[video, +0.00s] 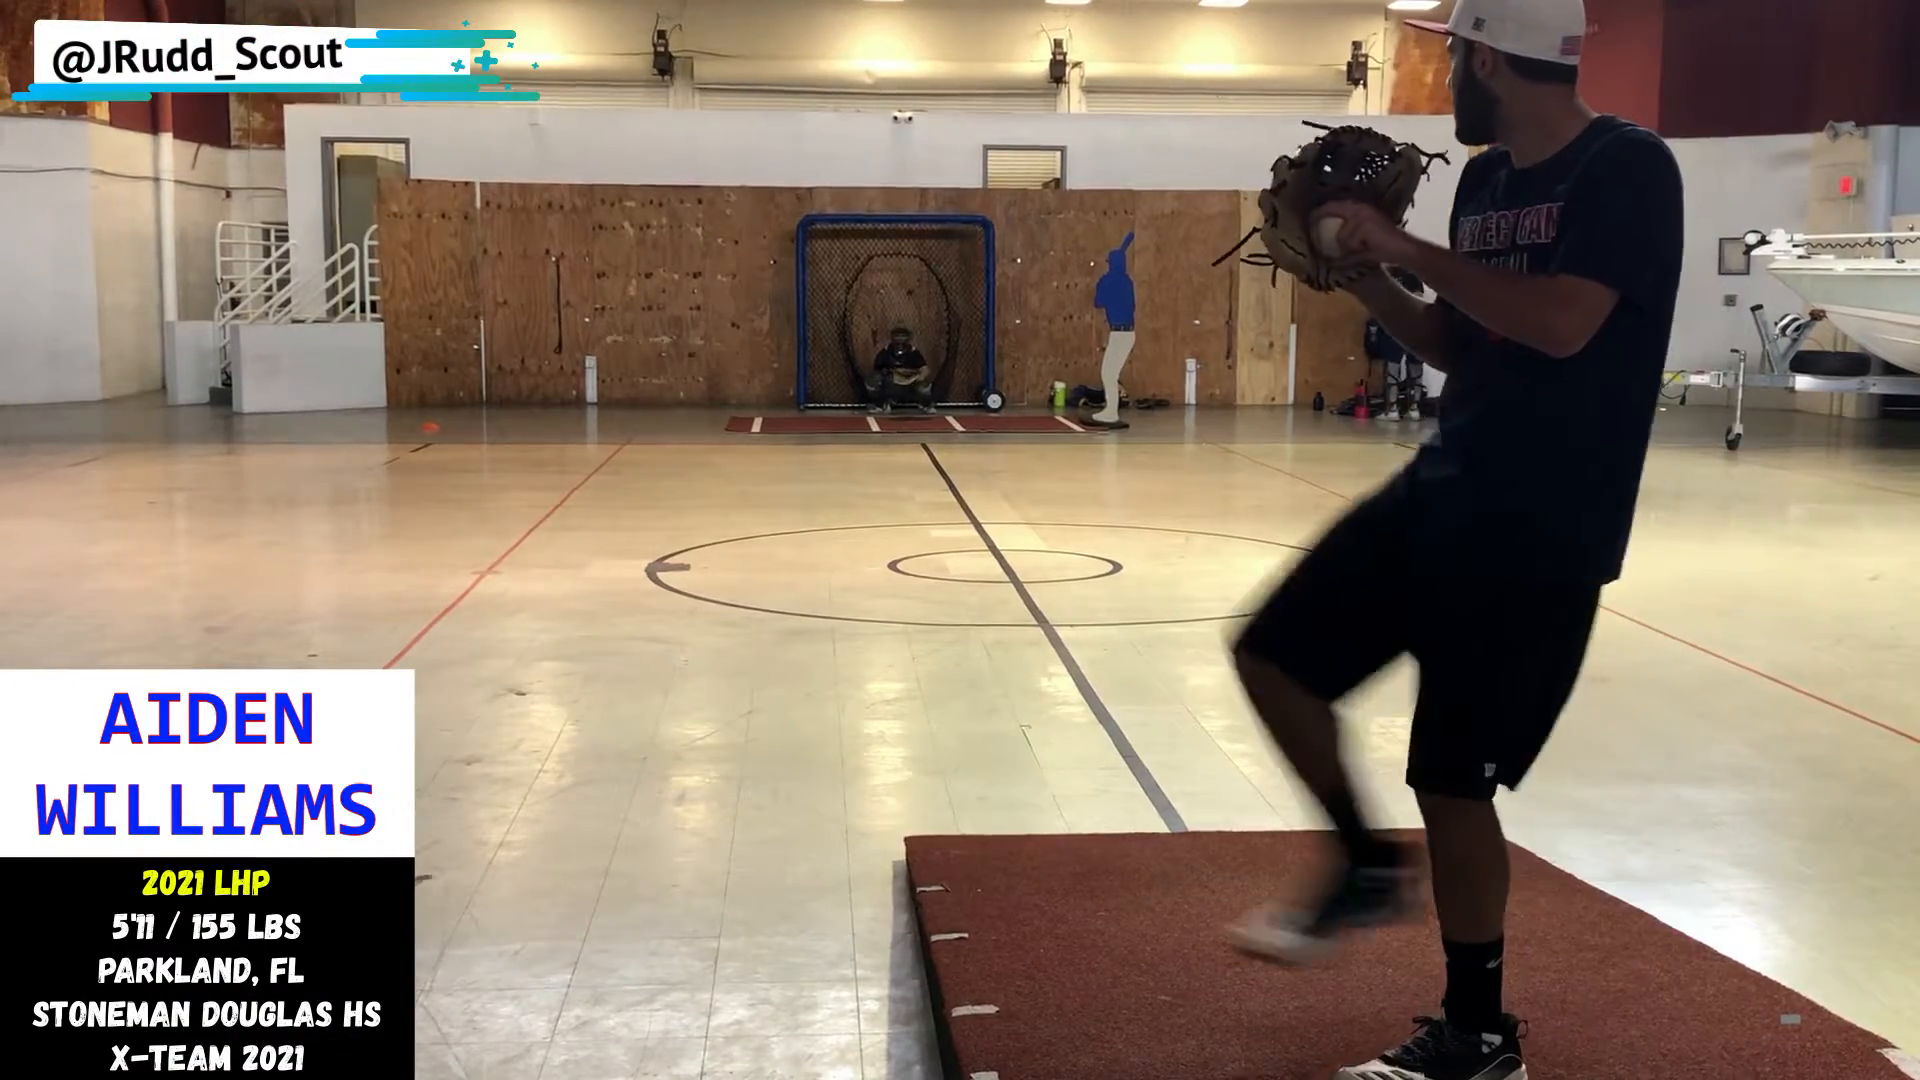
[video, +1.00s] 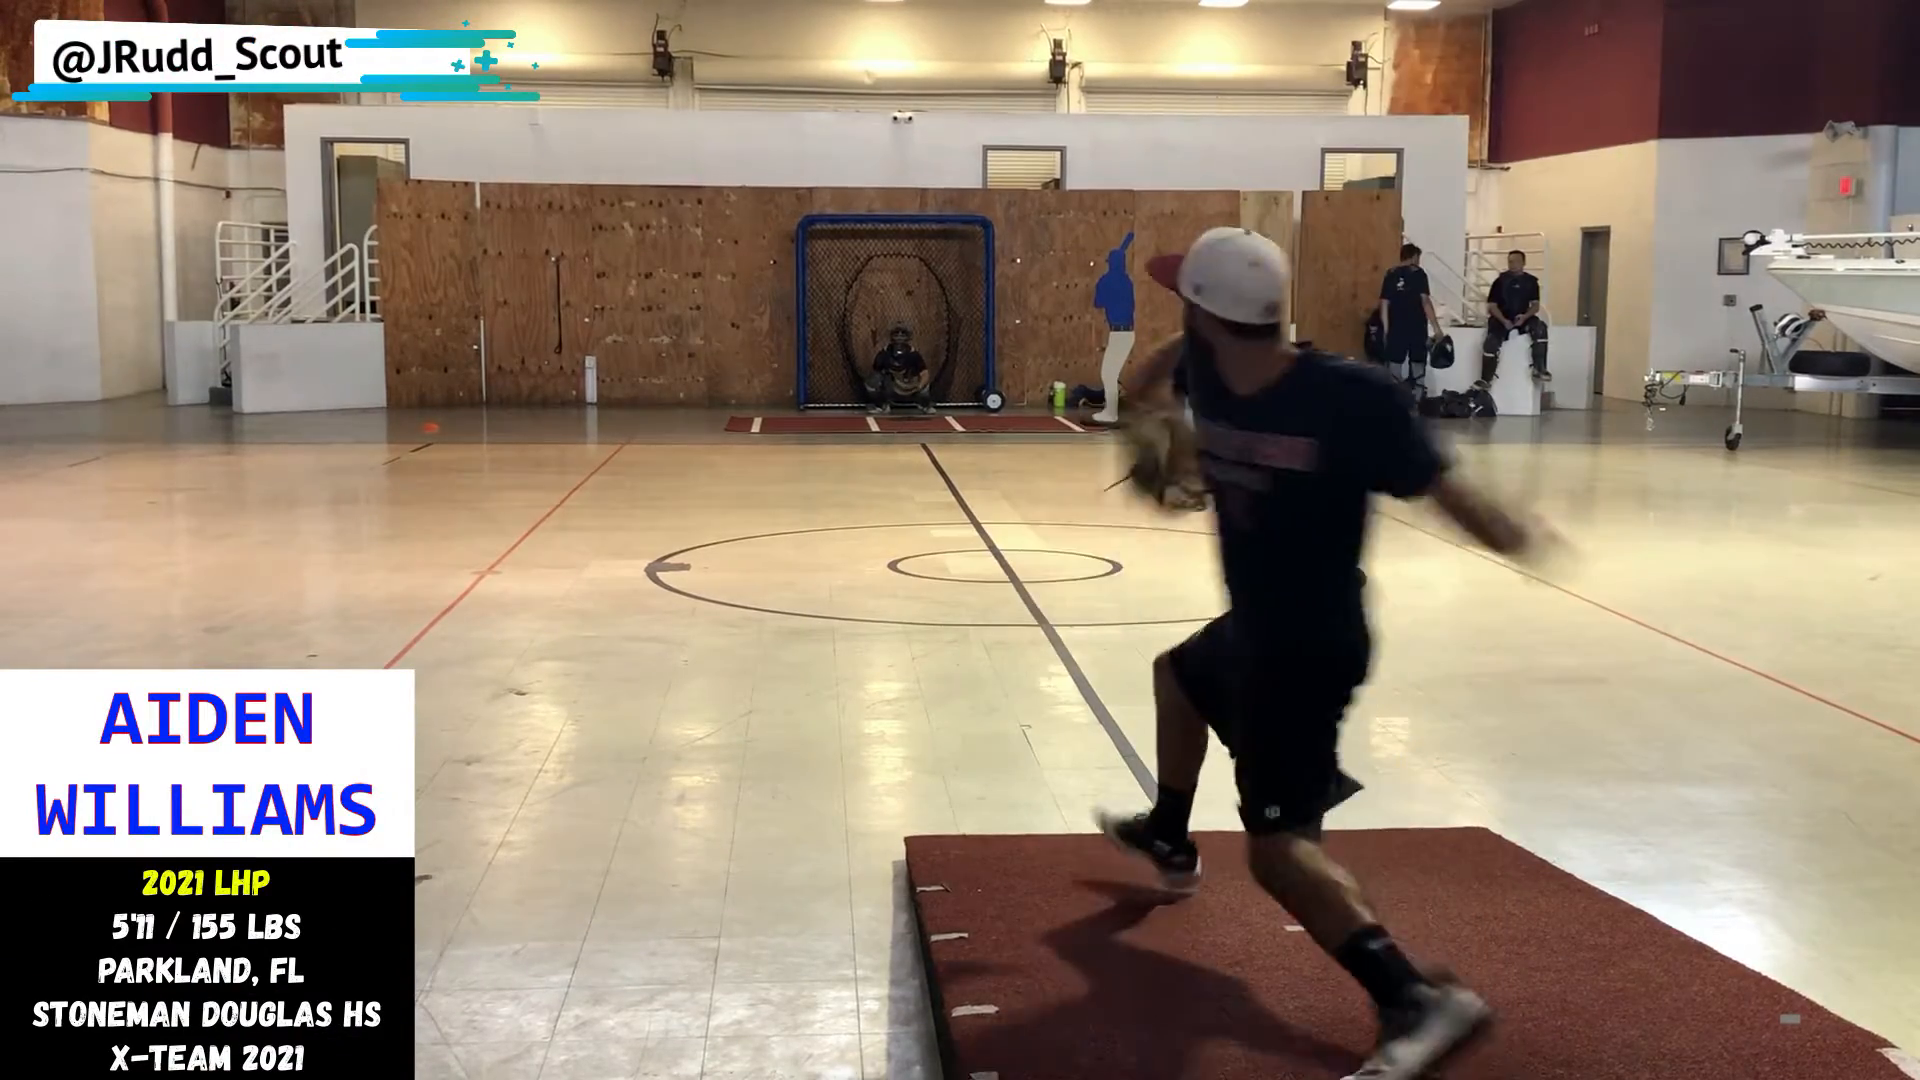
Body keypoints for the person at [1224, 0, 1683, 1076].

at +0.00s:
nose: (1453, 75)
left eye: (1458, 50)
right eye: (1456, 53)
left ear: (1489, 54)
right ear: (1539, 56)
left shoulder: (1632, 168)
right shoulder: (1483, 181)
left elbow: (1564, 321)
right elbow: (1457, 349)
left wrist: (1400, 245)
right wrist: (1362, 277)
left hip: (1543, 531)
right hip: (1441, 499)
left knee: (1451, 775)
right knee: (1275, 658)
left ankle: (1476, 1026)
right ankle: (1365, 860)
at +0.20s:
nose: (1436, 79)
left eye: (1442, 56)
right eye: (1439, 59)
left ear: (1475, 58)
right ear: (1524, 60)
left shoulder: (1611, 171)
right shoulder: (1463, 183)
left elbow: (1542, 324)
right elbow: (1432, 345)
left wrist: (1385, 245)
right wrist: (1339, 273)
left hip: (1492, 517)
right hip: (1405, 472)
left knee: (1437, 768)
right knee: (1183, 445)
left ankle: (1476, 1028)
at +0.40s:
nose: (1396, 93)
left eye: (1404, 72)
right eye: (1398, 75)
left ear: (1440, 78)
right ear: (1474, 80)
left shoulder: (1573, 185)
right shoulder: (1422, 188)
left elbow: (1513, 333)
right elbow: (1384, 351)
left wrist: (1367, 250)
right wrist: (1306, 272)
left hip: (1449, 509)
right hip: (1367, 456)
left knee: (1407, 766)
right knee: (1208, 291)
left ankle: (1472, 1026)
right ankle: (1164, 548)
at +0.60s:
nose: (1345, 129)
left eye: (1355, 113)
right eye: (1349, 112)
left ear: (1385, 122)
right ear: (1427, 121)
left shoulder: (1519, 224)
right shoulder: (1367, 218)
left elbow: (1505, 397)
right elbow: (1348, 354)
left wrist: (1342, 372)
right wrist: (1271, 338)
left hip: (1446, 538)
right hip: (1351, 495)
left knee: (1357, 769)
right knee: (1156, 495)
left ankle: (1466, 1022)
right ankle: (1236, 716)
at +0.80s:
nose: (1278, 283)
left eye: (1288, 269)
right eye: (1280, 267)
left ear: (1314, 273)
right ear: (1366, 268)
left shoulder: (1463, 368)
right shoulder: (1292, 345)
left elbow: (1530, 531)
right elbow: (1180, 416)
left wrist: (1532, 682)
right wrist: (1082, 518)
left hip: (1419, 607)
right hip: (1328, 575)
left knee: (1305, 794)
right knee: (1165, 687)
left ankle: (1454, 1025)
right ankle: (1145, 853)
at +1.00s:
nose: (1183, 319)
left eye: (1187, 308)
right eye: (1185, 309)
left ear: (1207, 317)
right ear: (1274, 309)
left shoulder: (1354, 400)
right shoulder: (1210, 374)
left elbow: (1446, 486)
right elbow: (1143, 385)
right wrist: (1149, 437)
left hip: (1312, 642)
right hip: (1257, 619)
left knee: (1278, 848)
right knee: (1175, 679)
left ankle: (1413, 1002)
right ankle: (1167, 830)